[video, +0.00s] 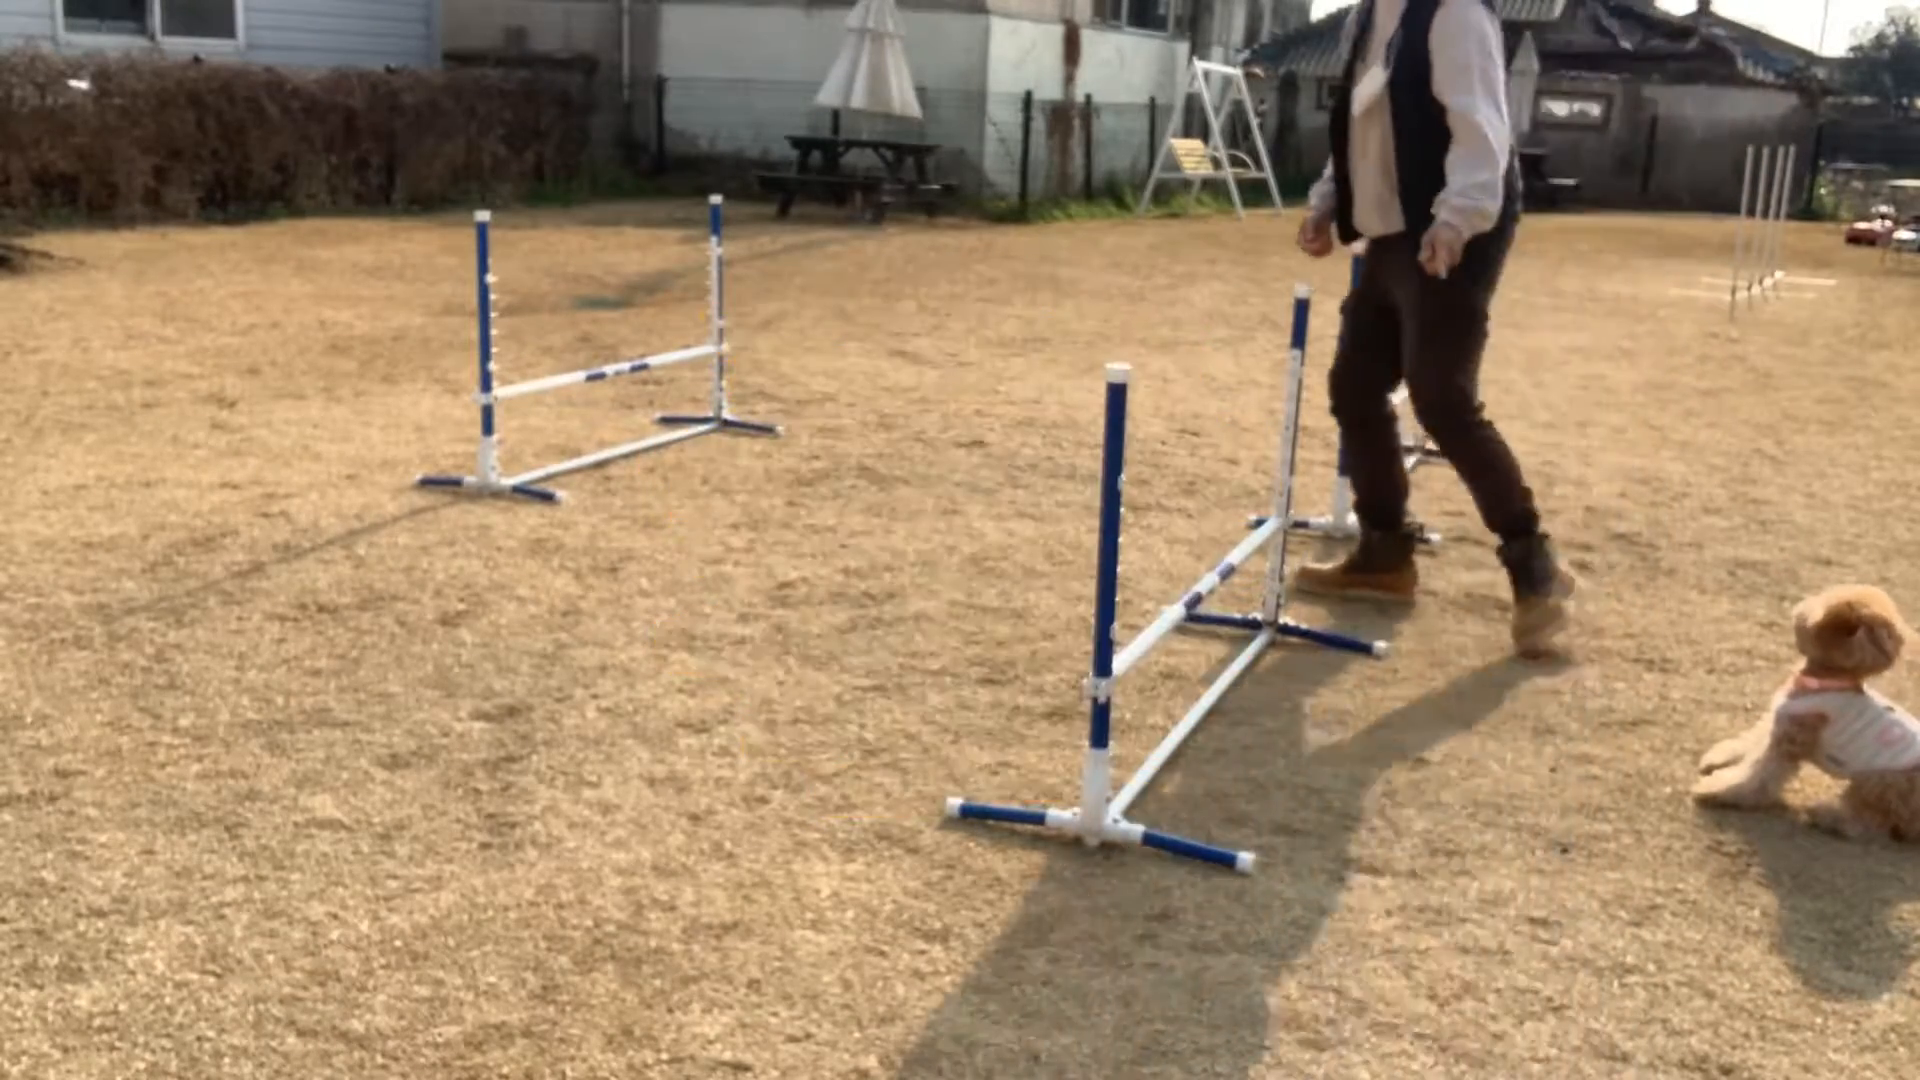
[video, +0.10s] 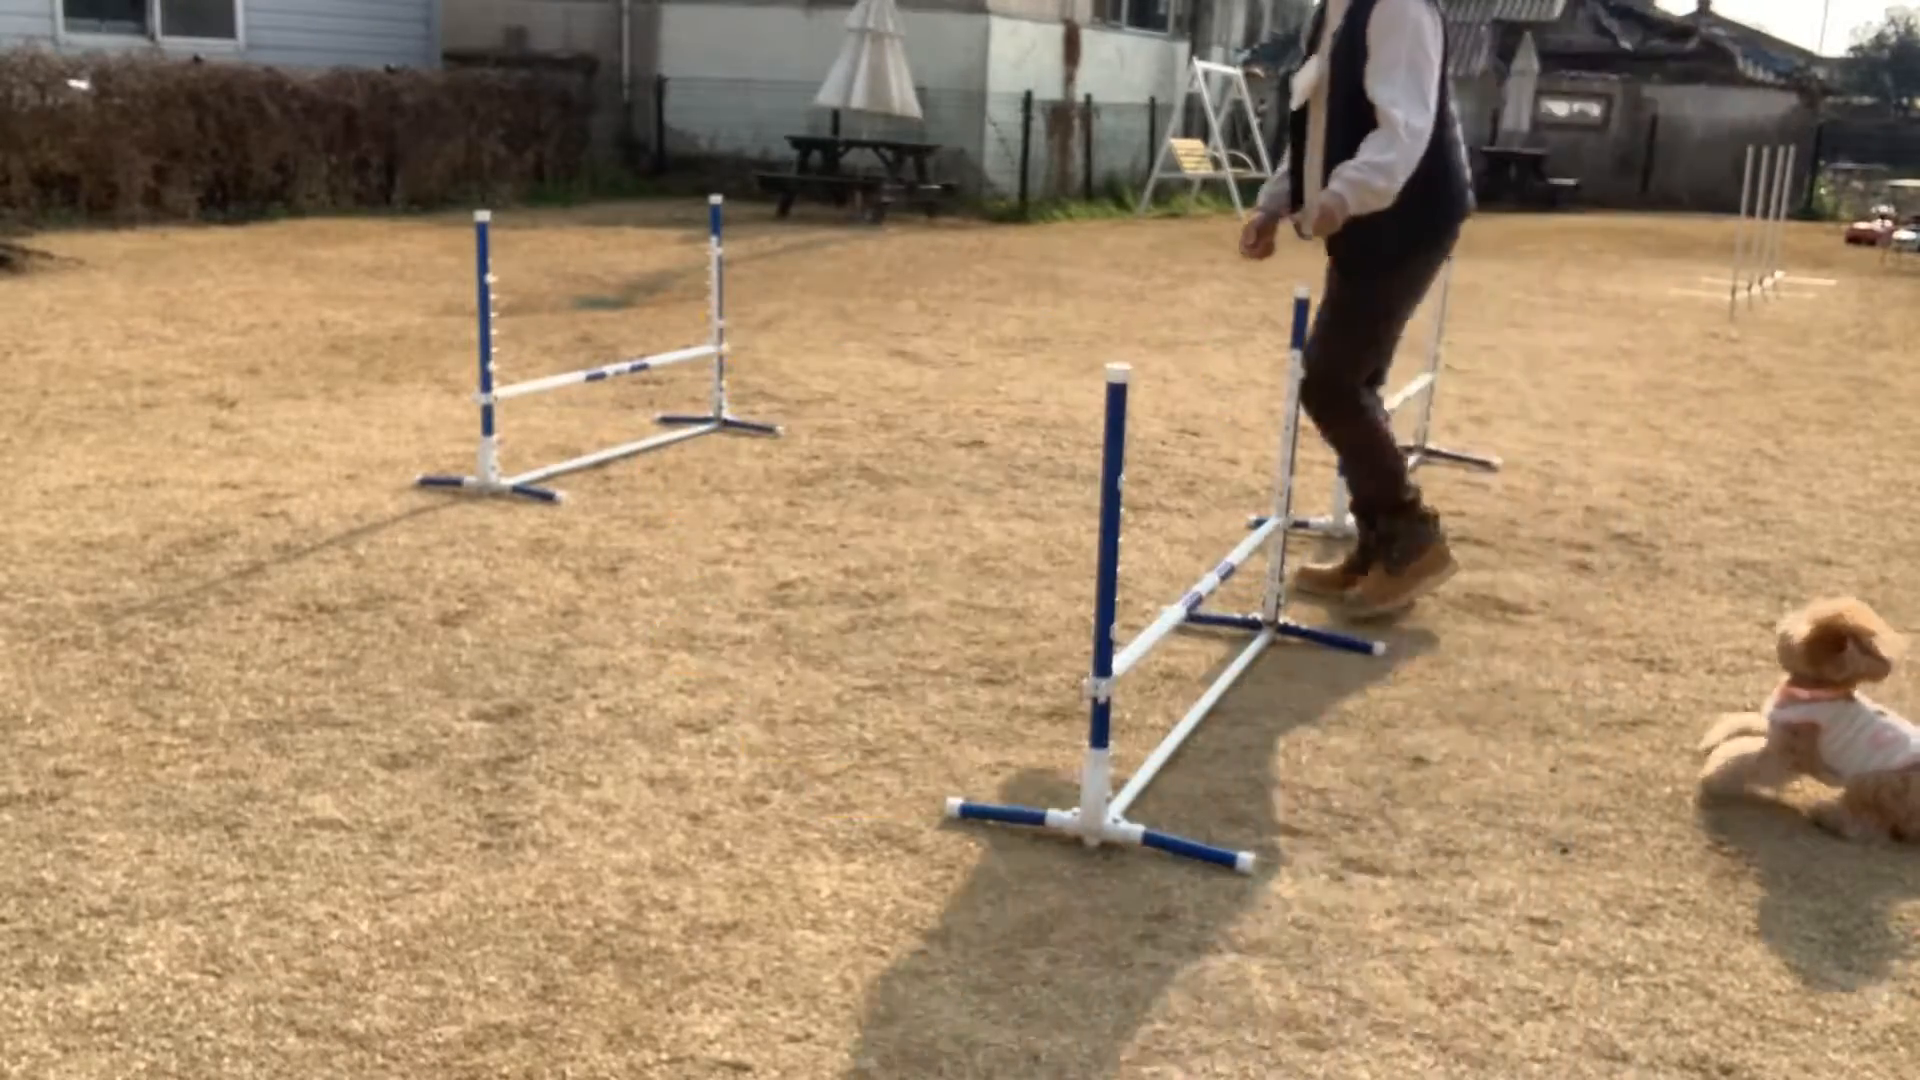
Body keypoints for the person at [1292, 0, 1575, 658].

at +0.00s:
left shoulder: (1459, 14)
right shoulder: (1371, 17)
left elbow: (1483, 129)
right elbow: (1365, 126)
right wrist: (1329, 201)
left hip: (1451, 236)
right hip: (1388, 239)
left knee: (1444, 403)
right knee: (1355, 390)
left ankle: (1535, 576)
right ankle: (1384, 555)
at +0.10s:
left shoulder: (1400, 10)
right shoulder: (1336, 15)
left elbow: (1406, 128)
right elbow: (1323, 128)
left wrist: (1342, 196)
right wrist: (1273, 204)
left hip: (1407, 213)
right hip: (1368, 213)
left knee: (1331, 384)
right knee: (1343, 382)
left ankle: (1412, 542)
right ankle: (1375, 544)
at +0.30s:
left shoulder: (1283, 17)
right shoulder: (1251, 18)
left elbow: (1288, 137)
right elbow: (1225, 135)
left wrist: (1227, 204)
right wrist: (1172, 216)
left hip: (1279, 238)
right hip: (1312, 231)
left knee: (1187, 374)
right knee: (1322, 395)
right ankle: (1377, 548)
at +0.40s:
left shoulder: (1211, 32)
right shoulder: (1178, 30)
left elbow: (1216, 154)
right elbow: (1165, 150)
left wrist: (1157, 227)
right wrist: (1115, 221)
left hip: (1218, 239)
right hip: (1244, 235)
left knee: (1116, 373)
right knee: (1262, 395)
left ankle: (1055, 521)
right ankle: (1363, 531)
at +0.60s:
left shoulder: (1110, 35)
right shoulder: (1089, 27)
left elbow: (1066, 156)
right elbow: (1070, 146)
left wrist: (971, 221)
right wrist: (1019, 223)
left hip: (1136, 225)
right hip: (1133, 219)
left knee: (1038, 358)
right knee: (1063, 349)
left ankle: (1042, 520)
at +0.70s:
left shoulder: (1094, 24)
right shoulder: (1055, 23)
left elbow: (1045, 135)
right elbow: (1035, 131)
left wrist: (941, 178)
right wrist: (977, 198)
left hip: (1121, 216)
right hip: (1085, 212)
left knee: (1035, 349)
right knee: (1012, 335)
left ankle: (1041, 517)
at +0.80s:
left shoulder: (1092, 31)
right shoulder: (1021, 30)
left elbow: (1052, 144)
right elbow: (1008, 139)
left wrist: (954, 166)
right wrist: (944, 191)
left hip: (1116, 216)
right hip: (1065, 215)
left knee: (1034, 344)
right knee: (1005, 341)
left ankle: (1038, 509)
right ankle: (989, 473)